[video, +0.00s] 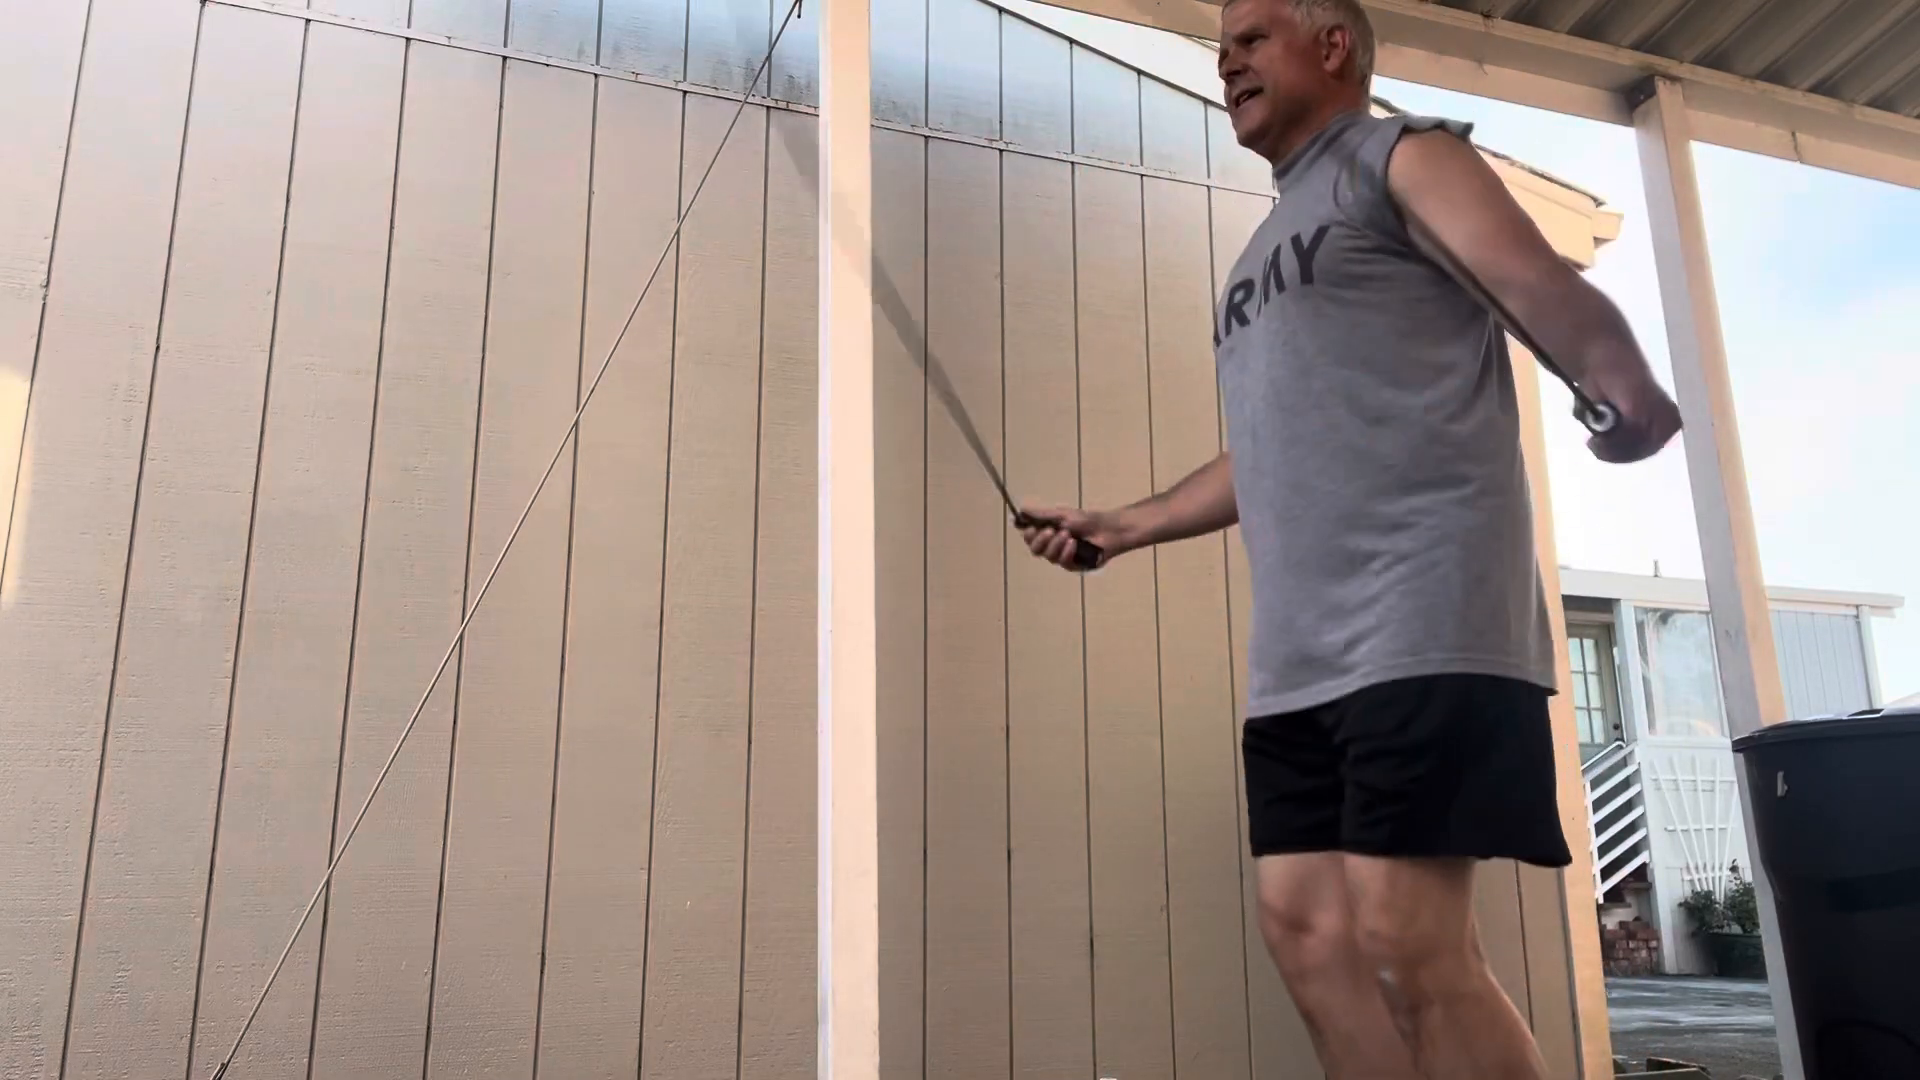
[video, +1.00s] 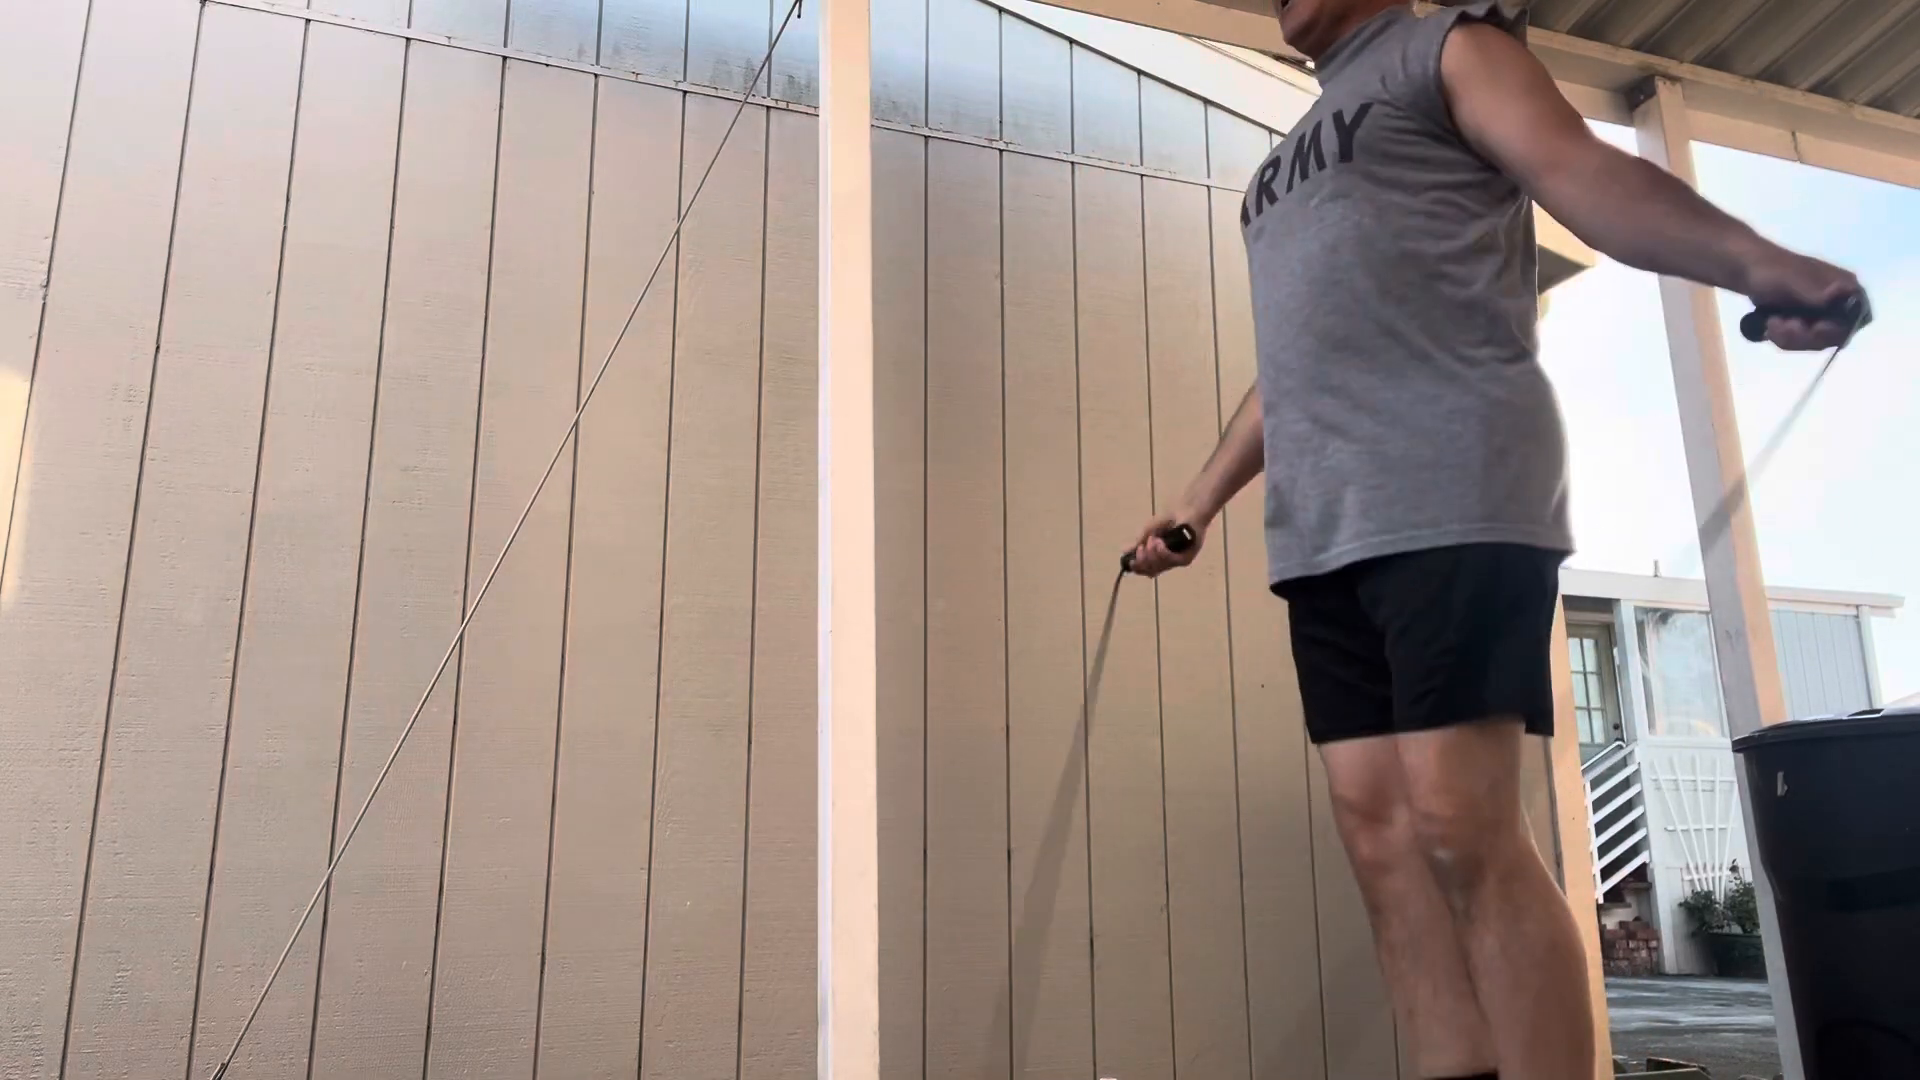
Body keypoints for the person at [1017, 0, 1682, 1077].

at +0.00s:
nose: (1227, 62)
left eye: (1251, 36)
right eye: (1221, 49)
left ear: (1333, 44)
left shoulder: (1402, 155)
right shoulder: (1255, 261)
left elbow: (1533, 278)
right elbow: (1262, 459)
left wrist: (1632, 391)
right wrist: (1115, 528)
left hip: (1426, 607)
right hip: (1296, 633)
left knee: (1412, 936)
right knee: (1306, 927)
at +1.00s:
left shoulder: (1450, 45)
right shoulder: (1286, 159)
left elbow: (1578, 172)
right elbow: (1294, 362)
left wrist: (1754, 258)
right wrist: (1197, 502)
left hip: (1453, 484)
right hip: (1321, 514)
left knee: (1464, 827)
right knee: (1377, 833)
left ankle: (1551, 1071)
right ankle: (1457, 1070)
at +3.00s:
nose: (1339, 3)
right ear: (1342, 22)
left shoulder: (1520, 78)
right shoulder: (1353, 190)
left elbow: (1643, 222)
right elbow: (1350, 388)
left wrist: (1790, 337)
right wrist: (1233, 514)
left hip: (1517, 561)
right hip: (1381, 579)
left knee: (1533, 888)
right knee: (1431, 876)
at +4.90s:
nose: (1415, 5)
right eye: (1407, 2)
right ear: (1414, 48)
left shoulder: (1610, 84)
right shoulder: (1415, 204)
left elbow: (1775, 214)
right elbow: (1424, 395)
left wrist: (1917, 264)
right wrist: (1268, 465)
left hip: (1625, 538)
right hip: (1461, 567)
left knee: (1646, 894)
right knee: (1517, 886)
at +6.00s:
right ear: (1451, 17)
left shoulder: (1635, 40)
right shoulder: (1437, 174)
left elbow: (1793, 169)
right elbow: (1428, 363)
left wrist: (1918, 231)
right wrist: (1321, 481)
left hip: (1641, 486)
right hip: (1489, 522)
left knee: (1666, 829)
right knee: (1551, 825)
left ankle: (1753, 1072)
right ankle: (1652, 1068)